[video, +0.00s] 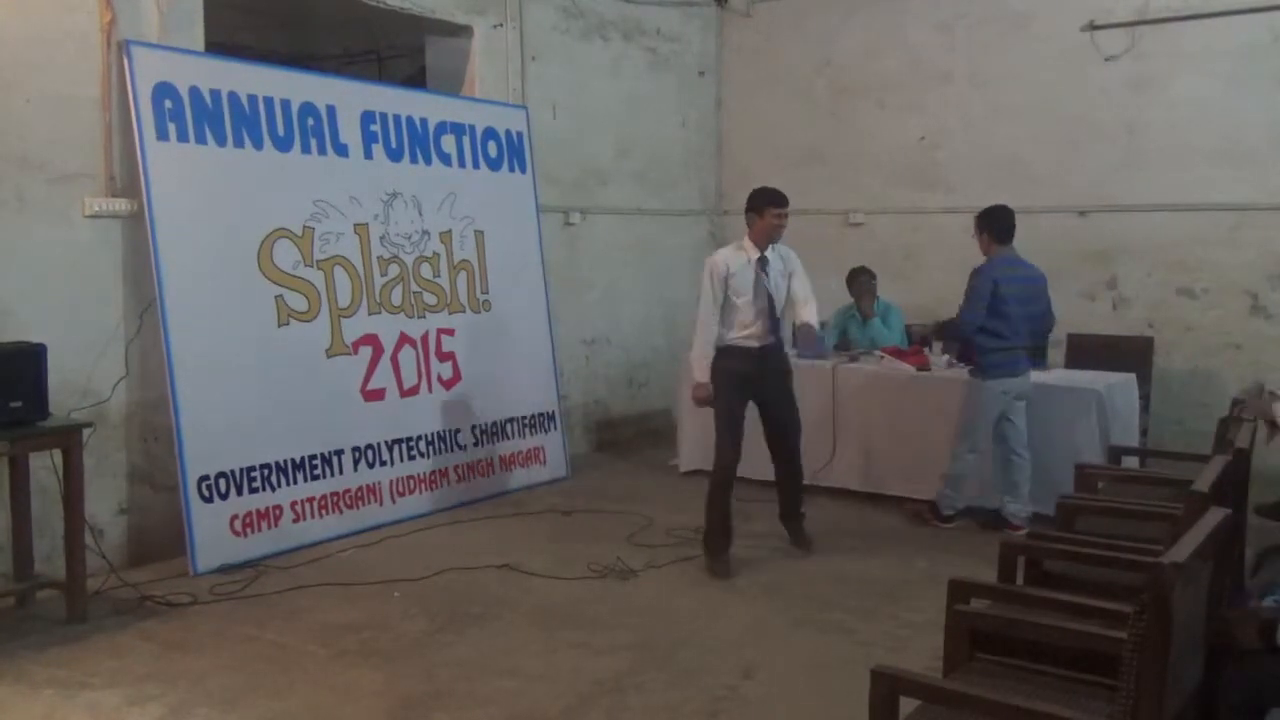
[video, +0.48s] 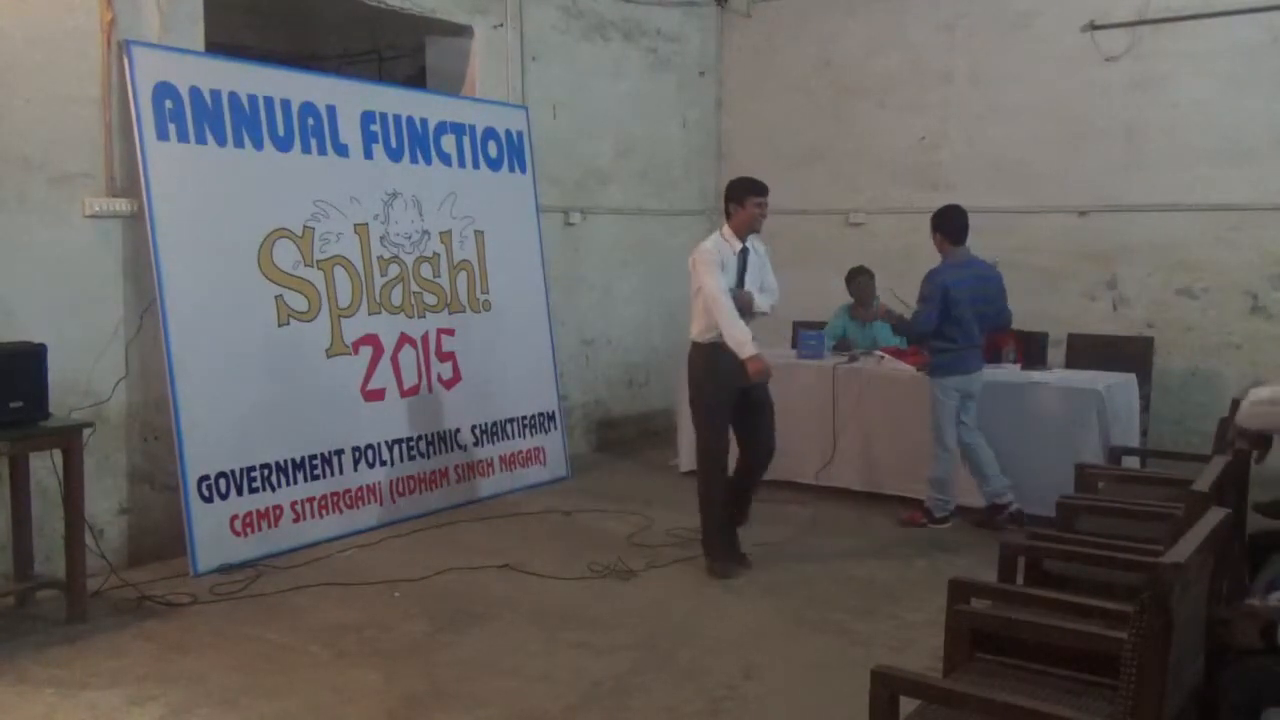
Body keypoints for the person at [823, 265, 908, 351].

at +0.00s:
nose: (865, 290)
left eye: (869, 285)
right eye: (859, 286)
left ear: (875, 287)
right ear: (851, 291)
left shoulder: (891, 312)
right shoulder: (843, 315)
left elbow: (894, 348)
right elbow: (828, 346)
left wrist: (871, 316)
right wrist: (838, 347)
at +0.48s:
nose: (866, 291)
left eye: (869, 285)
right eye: (859, 286)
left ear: (875, 288)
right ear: (850, 292)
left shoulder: (888, 314)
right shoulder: (843, 314)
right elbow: (826, 340)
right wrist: (836, 345)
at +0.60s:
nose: (865, 290)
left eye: (869, 285)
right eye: (859, 286)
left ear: (875, 287)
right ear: (850, 292)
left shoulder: (891, 309)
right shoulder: (844, 314)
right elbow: (827, 339)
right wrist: (837, 345)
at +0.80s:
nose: (864, 293)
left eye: (868, 287)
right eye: (859, 289)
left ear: (874, 288)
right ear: (850, 292)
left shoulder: (890, 310)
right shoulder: (843, 315)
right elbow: (826, 341)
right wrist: (837, 346)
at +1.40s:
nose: (864, 296)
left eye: (868, 292)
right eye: (859, 293)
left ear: (875, 290)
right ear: (850, 293)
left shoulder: (886, 311)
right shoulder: (842, 316)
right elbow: (827, 337)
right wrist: (836, 345)